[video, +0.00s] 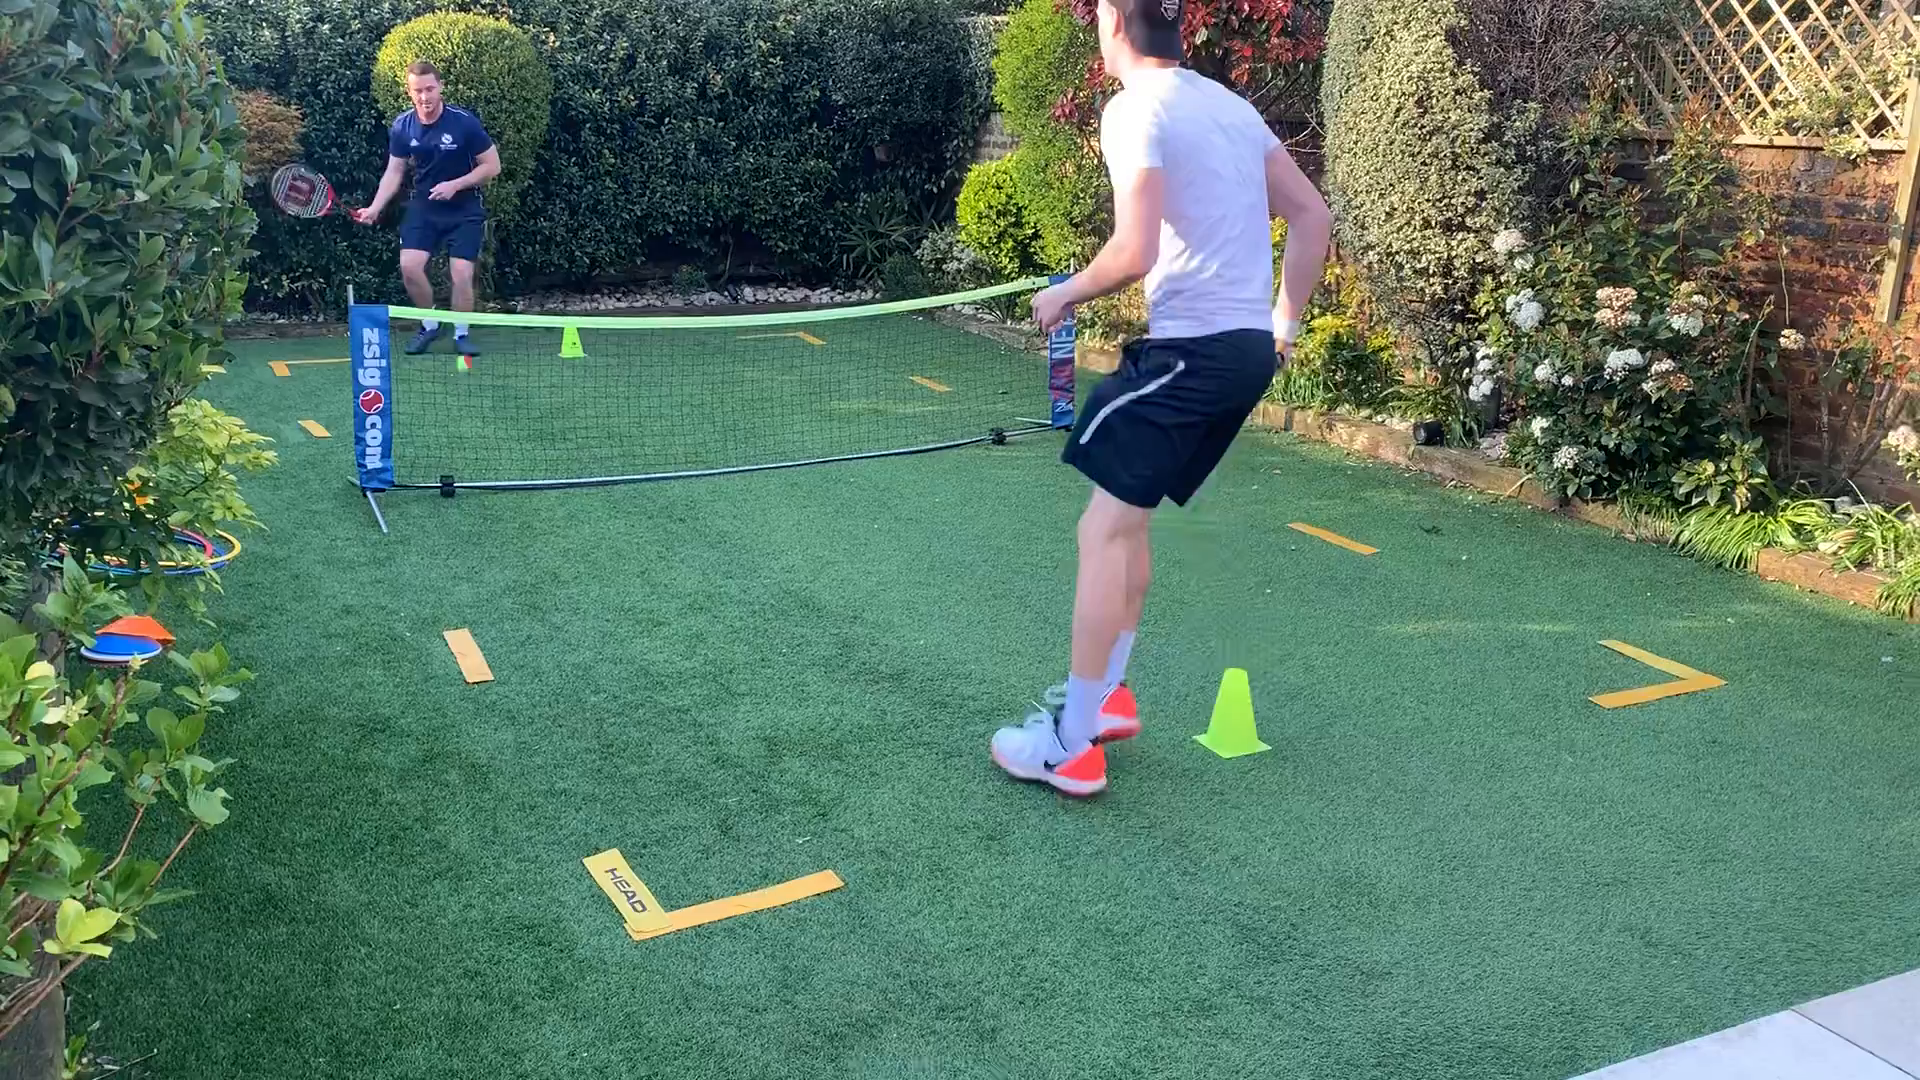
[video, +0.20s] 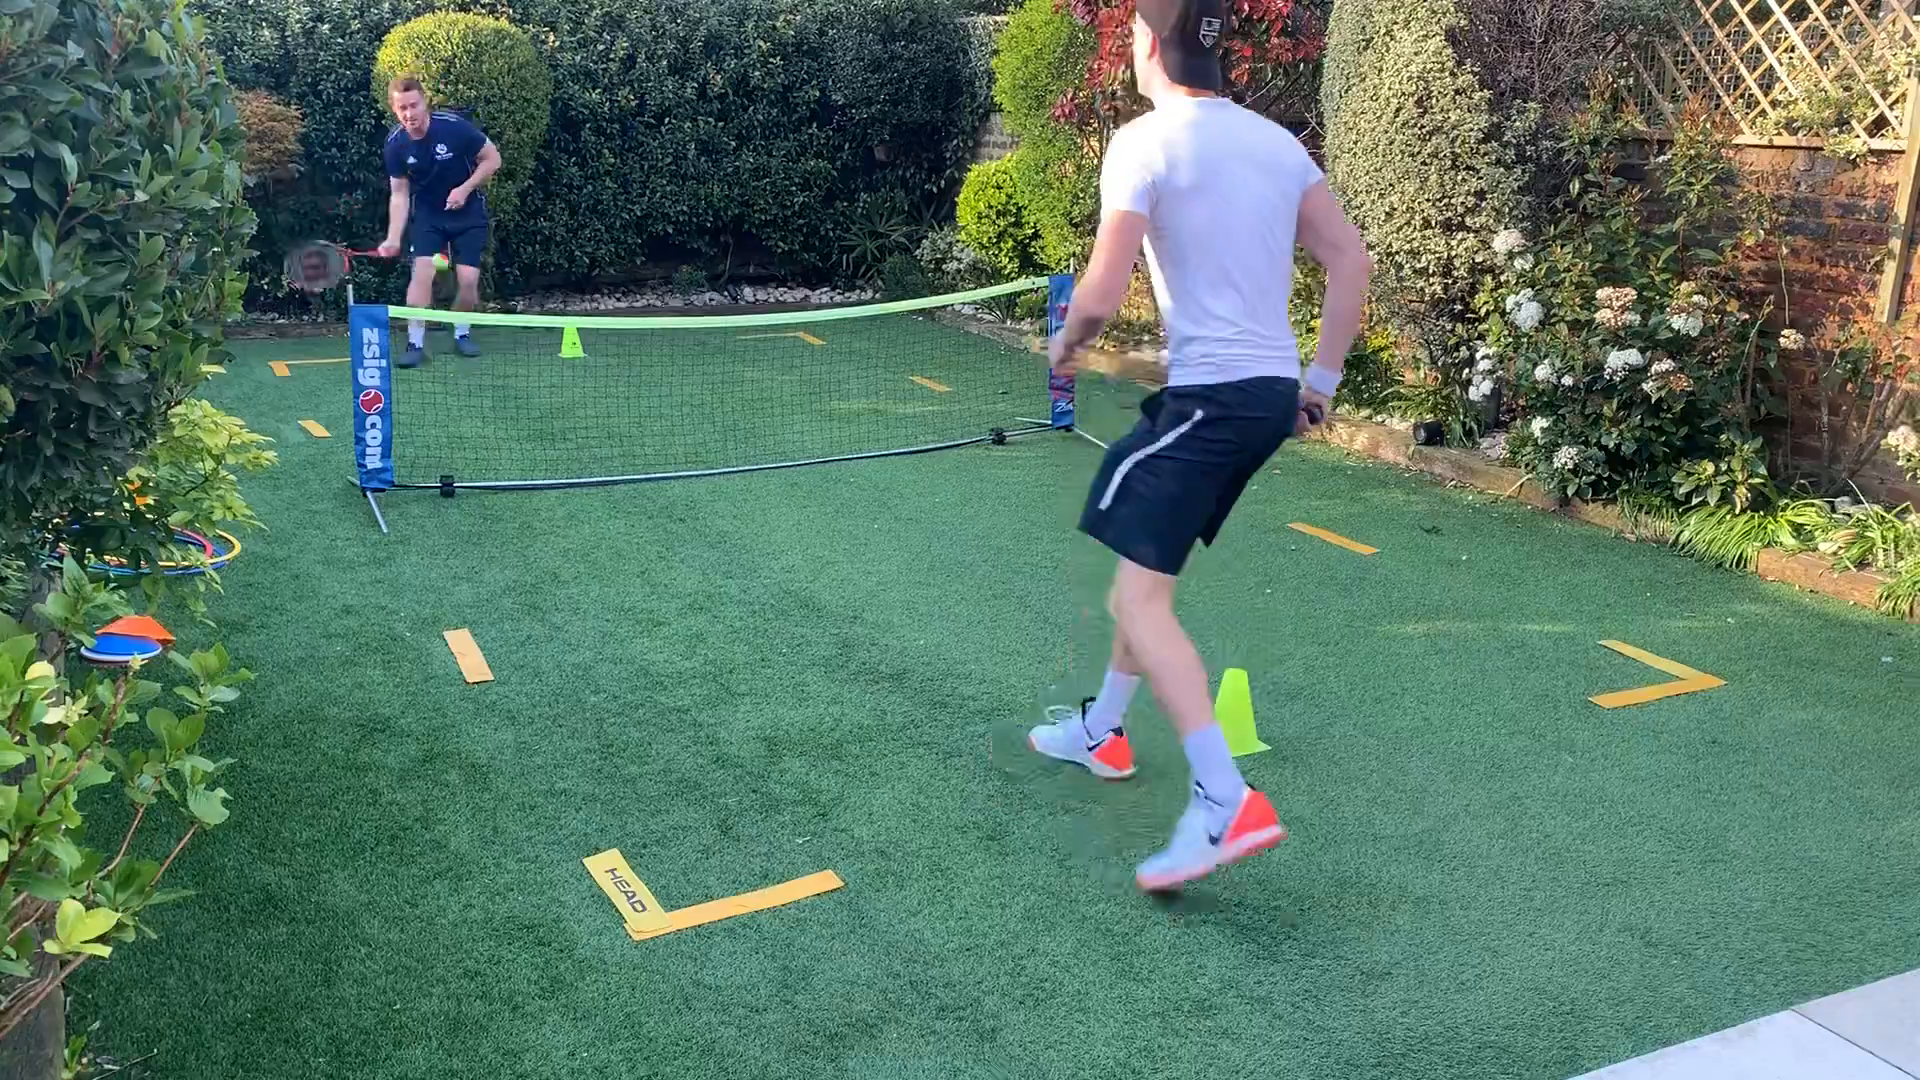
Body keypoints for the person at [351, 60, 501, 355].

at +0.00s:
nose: (425, 96)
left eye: (430, 89)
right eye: (419, 91)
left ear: (440, 89)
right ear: (410, 94)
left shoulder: (465, 123)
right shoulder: (402, 127)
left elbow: (492, 166)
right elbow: (393, 172)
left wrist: (455, 184)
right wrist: (374, 208)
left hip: (464, 208)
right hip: (422, 206)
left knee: (461, 272)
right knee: (410, 267)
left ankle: (461, 335)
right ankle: (430, 325)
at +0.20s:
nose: (409, 114)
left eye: (414, 106)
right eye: (402, 108)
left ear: (426, 103)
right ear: (395, 111)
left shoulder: (456, 128)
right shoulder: (395, 145)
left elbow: (493, 159)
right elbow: (399, 193)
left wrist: (465, 188)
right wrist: (392, 239)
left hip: (468, 211)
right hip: (426, 212)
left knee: (469, 275)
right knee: (422, 269)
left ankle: (462, 335)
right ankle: (415, 344)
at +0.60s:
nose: (452, 105)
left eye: (457, 98)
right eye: (445, 100)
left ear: (468, 98)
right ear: (435, 104)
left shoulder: (488, 124)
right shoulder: (434, 141)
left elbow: (523, 150)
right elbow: (447, 190)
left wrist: (510, 177)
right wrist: (467, 200)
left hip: (498, 207)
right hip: (458, 213)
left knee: (525, 268)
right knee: (439, 276)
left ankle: (551, 342)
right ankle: (416, 344)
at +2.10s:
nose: (582, 92)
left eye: (587, 85)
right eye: (576, 86)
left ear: (596, 87)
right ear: (566, 88)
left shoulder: (615, 119)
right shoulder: (555, 121)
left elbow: (634, 149)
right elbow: (543, 160)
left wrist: (622, 170)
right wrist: (573, 177)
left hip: (610, 201)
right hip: (570, 199)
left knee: (612, 263)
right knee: (558, 258)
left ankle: (605, 313)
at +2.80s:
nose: (578, 102)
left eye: (583, 95)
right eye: (572, 97)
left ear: (596, 91)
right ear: (566, 98)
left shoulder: (621, 122)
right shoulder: (566, 134)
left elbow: (656, 157)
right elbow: (556, 179)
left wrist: (618, 171)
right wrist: (537, 217)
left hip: (638, 207)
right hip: (602, 211)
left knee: (649, 271)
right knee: (609, 272)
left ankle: (655, 305)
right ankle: (637, 319)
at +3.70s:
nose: (520, 99)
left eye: (525, 92)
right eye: (513, 93)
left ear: (533, 95)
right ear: (499, 96)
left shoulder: (550, 134)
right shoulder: (482, 136)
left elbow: (579, 176)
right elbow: (468, 175)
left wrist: (550, 180)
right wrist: (480, 204)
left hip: (545, 223)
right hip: (502, 224)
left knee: (566, 277)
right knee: (494, 282)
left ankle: (583, 353)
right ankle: (509, 358)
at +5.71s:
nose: (575, 133)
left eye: (578, 126)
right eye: (569, 128)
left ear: (593, 117)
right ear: (566, 127)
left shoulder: (621, 136)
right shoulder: (586, 151)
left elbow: (661, 162)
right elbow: (595, 193)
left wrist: (631, 190)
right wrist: (577, 230)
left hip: (657, 199)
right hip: (623, 205)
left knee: (664, 260)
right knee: (616, 262)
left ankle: (687, 322)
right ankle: (618, 321)